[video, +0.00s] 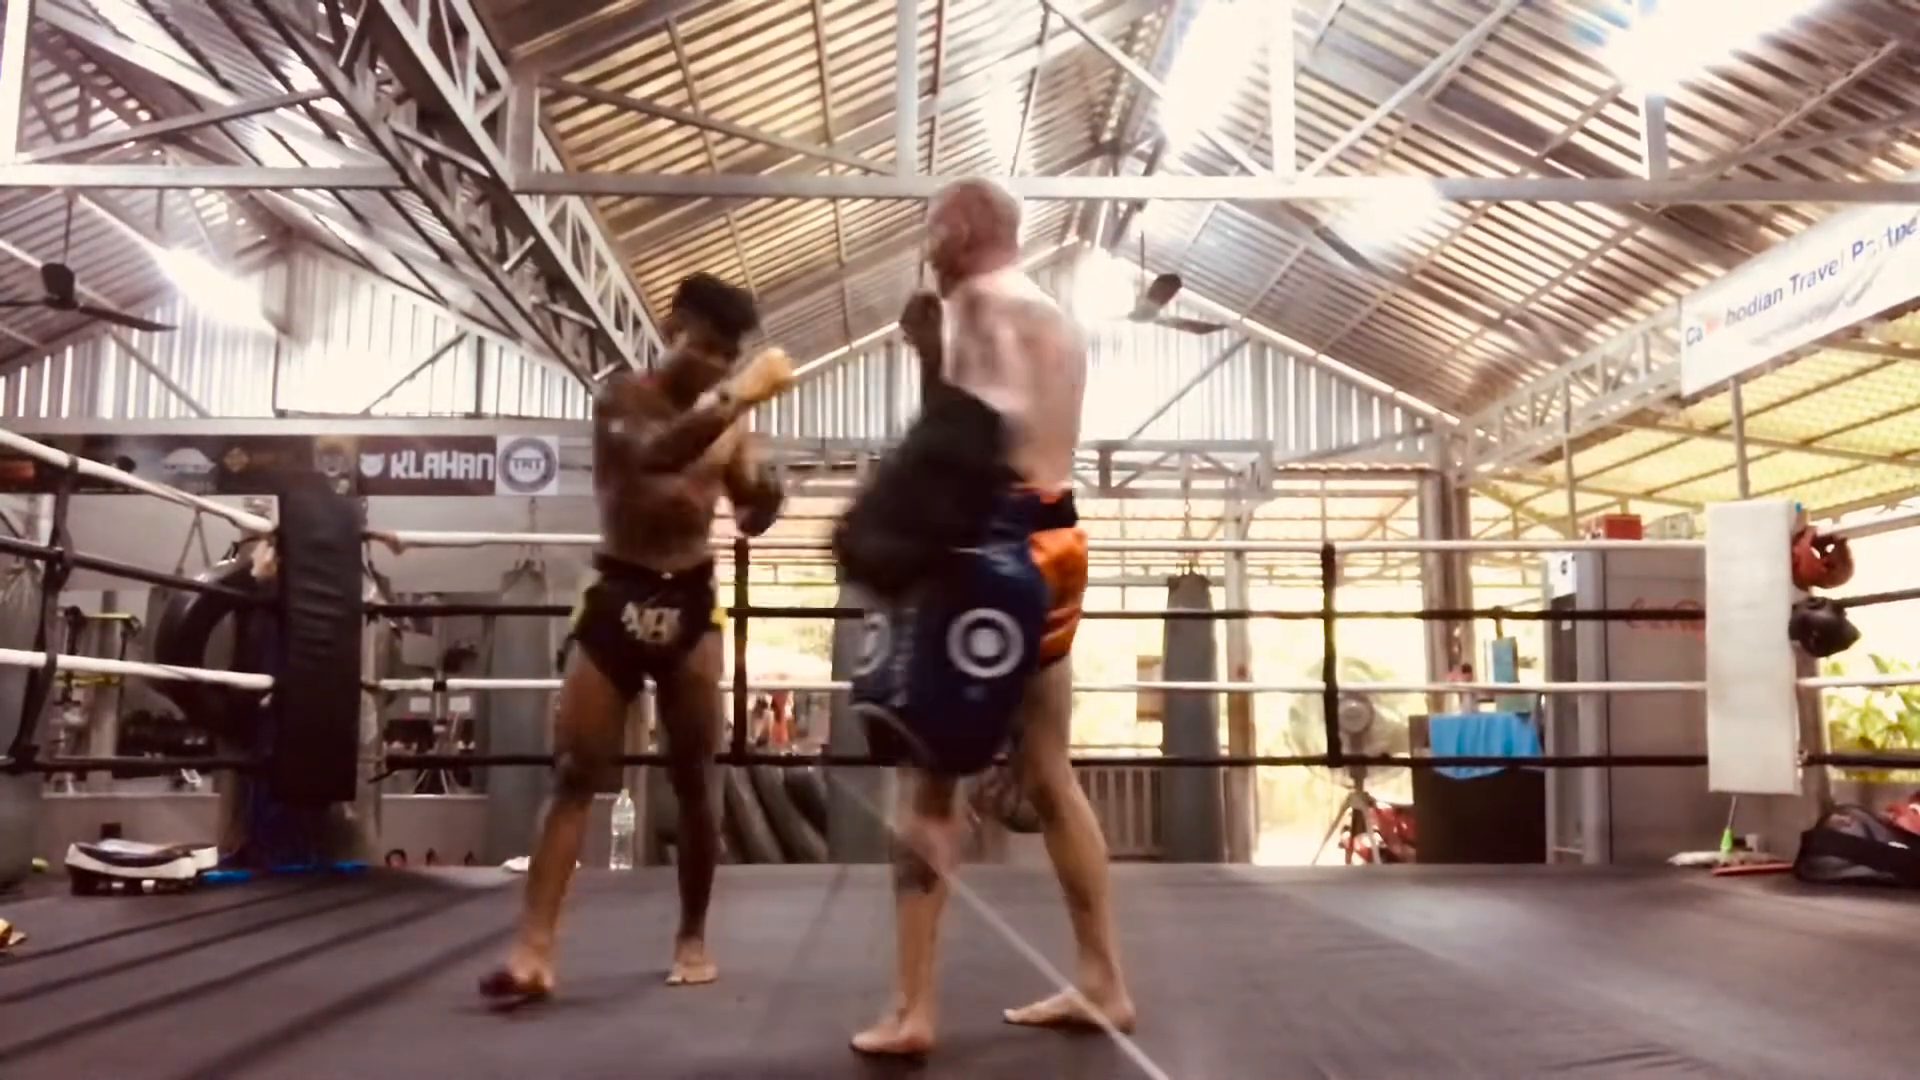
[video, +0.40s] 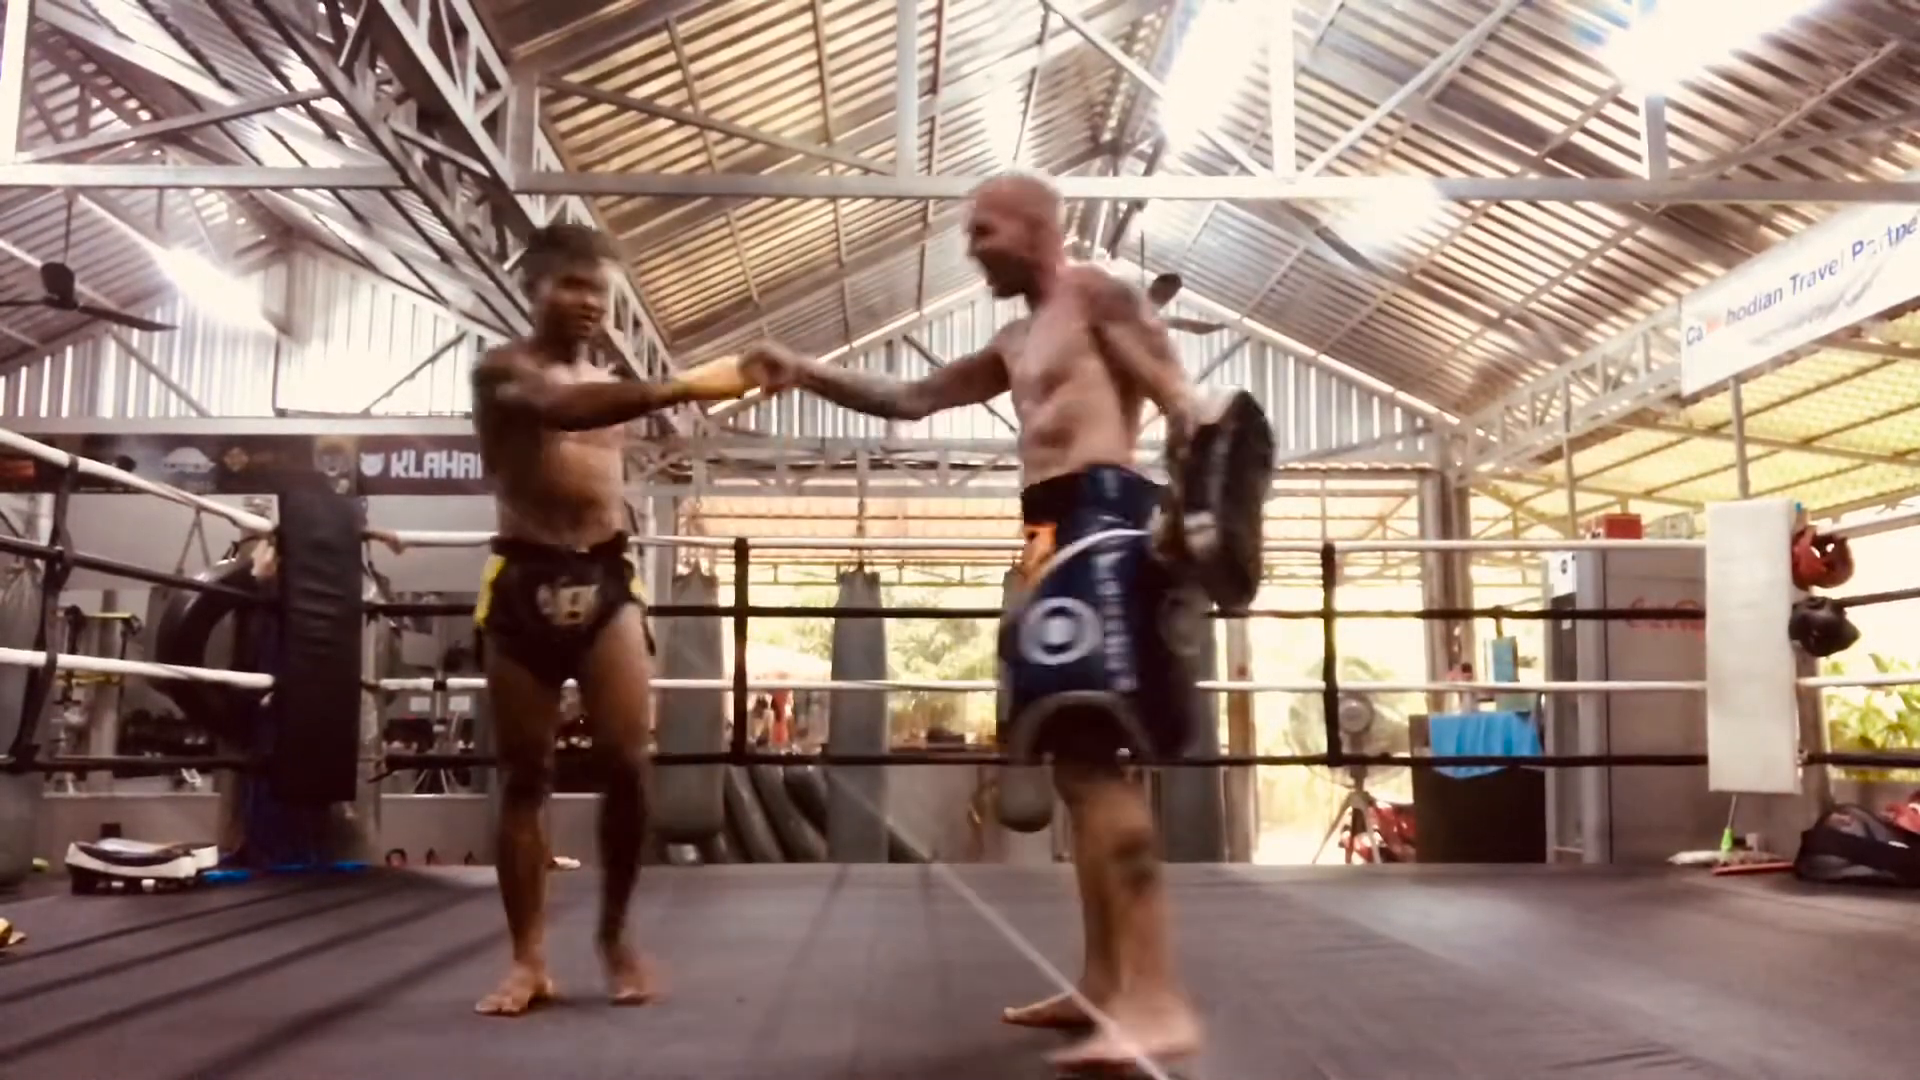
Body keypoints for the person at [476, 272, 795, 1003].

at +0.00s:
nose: (714, 366)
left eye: (725, 355)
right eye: (704, 347)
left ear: (734, 355)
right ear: (674, 330)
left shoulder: (724, 417)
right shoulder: (624, 390)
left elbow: (755, 517)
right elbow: (646, 455)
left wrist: (766, 484)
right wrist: (735, 398)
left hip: (690, 603)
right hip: (617, 598)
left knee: (696, 782)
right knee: (573, 778)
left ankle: (692, 941)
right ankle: (534, 951)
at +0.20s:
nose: (657, 332)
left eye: (667, 320)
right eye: (648, 313)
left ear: (671, 322)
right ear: (608, 296)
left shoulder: (662, 399)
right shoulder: (566, 376)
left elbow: (673, 508)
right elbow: (637, 412)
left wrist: (701, 587)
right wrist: (747, 383)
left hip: (648, 592)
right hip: (568, 589)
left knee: (673, 767)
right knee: (544, 779)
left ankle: (674, 927)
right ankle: (529, 965)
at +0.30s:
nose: (627, 320)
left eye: (634, 310)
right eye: (615, 303)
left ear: (636, 314)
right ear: (569, 297)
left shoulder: (628, 393)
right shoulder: (533, 371)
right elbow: (603, 409)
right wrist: (725, 377)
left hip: (628, 588)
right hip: (549, 587)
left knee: (662, 768)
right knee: (532, 783)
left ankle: (646, 917)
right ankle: (529, 965)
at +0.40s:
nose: (589, 301)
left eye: (599, 289)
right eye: (574, 284)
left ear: (608, 298)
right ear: (535, 287)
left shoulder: (610, 374)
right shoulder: (501, 368)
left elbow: (627, 420)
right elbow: (555, 406)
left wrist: (672, 415)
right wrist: (680, 390)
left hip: (609, 581)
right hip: (526, 583)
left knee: (630, 768)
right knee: (524, 780)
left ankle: (616, 937)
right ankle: (528, 963)